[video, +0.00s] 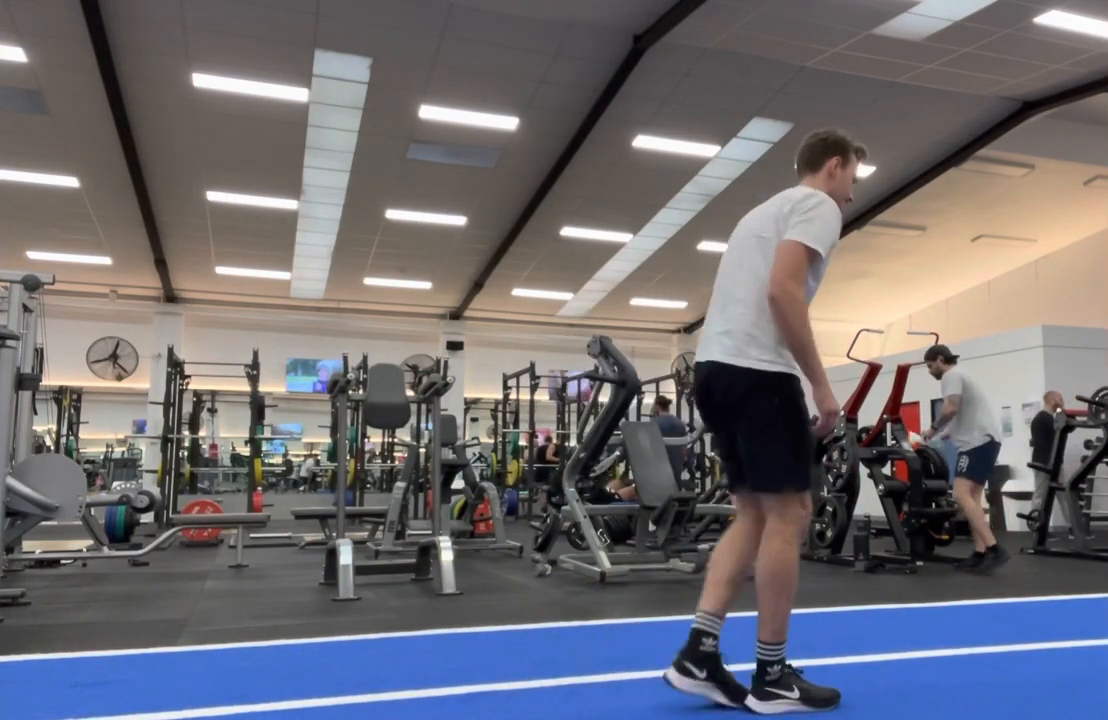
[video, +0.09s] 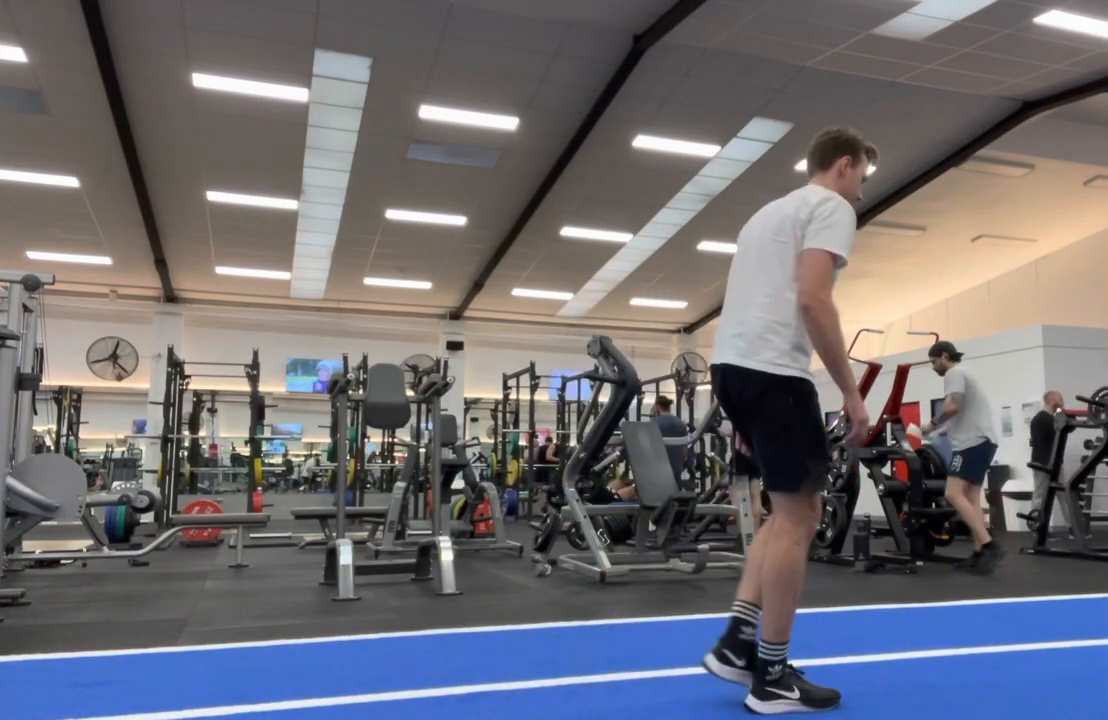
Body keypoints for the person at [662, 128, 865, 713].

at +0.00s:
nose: (852, 190)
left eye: (855, 181)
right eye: (853, 179)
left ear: (807, 167)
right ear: (835, 167)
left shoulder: (759, 215)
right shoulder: (817, 204)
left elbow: (735, 306)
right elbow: (784, 289)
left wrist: (791, 385)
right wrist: (821, 386)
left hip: (716, 373)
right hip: (759, 373)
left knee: (751, 514)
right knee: (789, 515)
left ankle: (699, 650)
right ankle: (772, 671)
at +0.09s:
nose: (860, 188)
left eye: (862, 179)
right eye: (861, 177)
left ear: (816, 166)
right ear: (846, 166)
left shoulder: (765, 216)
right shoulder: (832, 205)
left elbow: (743, 316)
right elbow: (813, 297)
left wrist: (735, 406)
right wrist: (850, 392)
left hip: (734, 371)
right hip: (774, 372)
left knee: (786, 511)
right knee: (798, 517)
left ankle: (738, 639)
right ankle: (772, 673)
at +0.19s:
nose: (873, 184)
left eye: (876, 176)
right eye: (874, 174)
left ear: (828, 165)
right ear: (856, 163)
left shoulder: (774, 213)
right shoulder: (847, 202)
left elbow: (752, 307)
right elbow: (836, 295)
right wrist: (874, 386)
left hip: (748, 369)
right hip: (788, 371)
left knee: (815, 507)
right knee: (794, 517)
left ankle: (798, 652)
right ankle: (770, 674)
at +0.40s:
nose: (899, 205)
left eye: (902, 197)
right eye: (901, 195)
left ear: (859, 178)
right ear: (887, 181)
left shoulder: (799, 225)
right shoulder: (871, 214)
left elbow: (767, 316)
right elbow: (857, 302)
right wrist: (896, 397)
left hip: (765, 374)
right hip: (810, 375)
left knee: (818, 516)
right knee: (858, 512)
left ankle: (832, 657)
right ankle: (787, 653)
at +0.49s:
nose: (918, 231)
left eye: (922, 225)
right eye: (921, 222)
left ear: (881, 197)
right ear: (906, 202)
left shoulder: (821, 232)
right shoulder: (888, 227)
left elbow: (809, 324)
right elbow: (861, 311)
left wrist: (857, 389)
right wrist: (890, 409)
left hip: (768, 372)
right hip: (818, 373)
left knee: (822, 512)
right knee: (885, 500)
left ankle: (828, 659)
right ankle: (831, 644)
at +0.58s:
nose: (936, 261)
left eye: (942, 254)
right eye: (940, 251)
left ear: (904, 224)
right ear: (927, 231)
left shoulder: (844, 246)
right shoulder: (906, 248)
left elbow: (796, 332)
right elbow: (872, 323)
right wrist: (878, 422)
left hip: (768, 372)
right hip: (818, 371)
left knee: (824, 513)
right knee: (877, 503)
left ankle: (833, 664)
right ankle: (892, 659)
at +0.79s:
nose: (960, 344)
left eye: (968, 338)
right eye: (967, 333)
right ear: (961, 309)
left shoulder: (888, 306)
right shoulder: (937, 310)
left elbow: (839, 399)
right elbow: (893, 387)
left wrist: (791, 478)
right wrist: (877, 479)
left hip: (772, 370)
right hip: (816, 379)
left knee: (827, 519)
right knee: (861, 518)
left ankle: (833, 664)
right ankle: (911, 665)